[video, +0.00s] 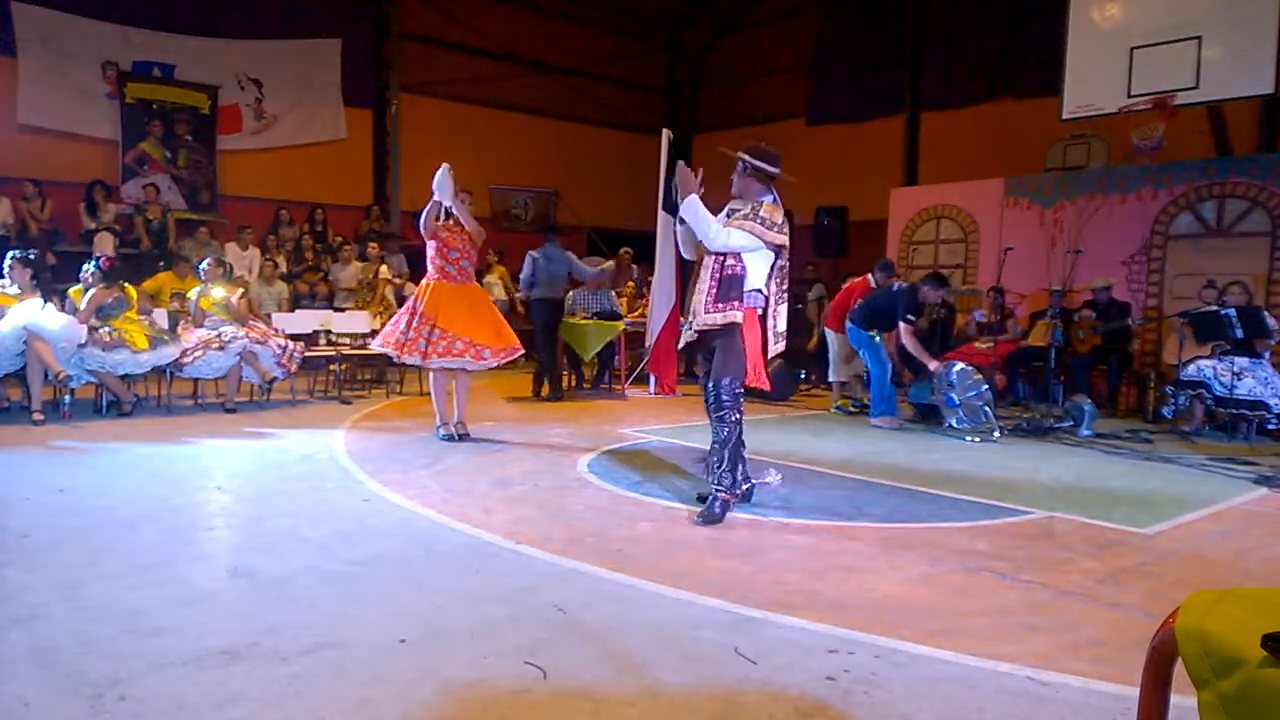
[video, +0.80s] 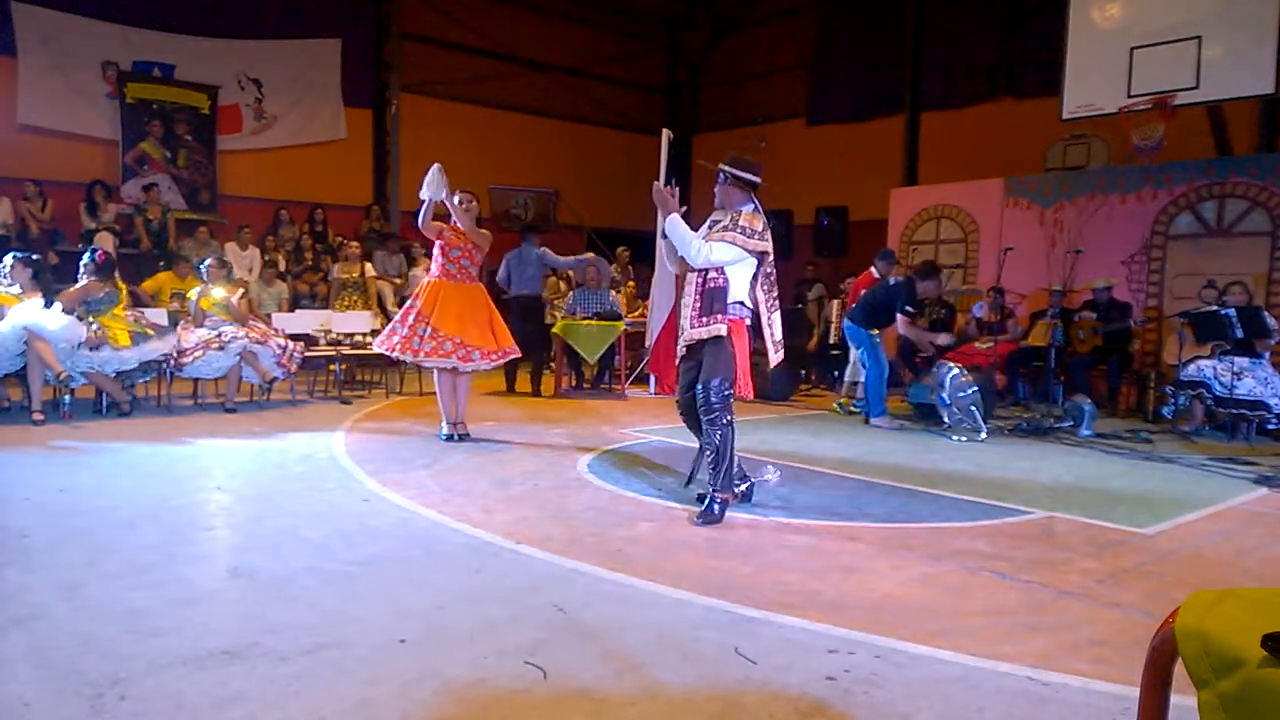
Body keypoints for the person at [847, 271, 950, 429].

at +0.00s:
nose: (939, 301)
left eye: (941, 298)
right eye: (938, 297)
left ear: (927, 288)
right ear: (928, 289)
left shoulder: (913, 295)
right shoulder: (909, 297)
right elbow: (906, 337)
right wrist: (929, 362)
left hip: (871, 328)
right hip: (862, 328)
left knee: (883, 367)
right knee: (881, 367)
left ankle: (885, 413)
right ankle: (880, 414)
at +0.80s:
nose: (940, 288)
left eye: (940, 283)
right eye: (938, 283)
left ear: (923, 280)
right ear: (928, 282)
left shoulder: (908, 288)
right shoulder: (907, 290)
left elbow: (907, 327)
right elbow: (903, 328)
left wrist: (927, 347)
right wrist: (935, 338)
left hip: (865, 326)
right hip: (858, 326)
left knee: (877, 366)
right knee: (878, 366)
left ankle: (874, 412)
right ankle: (877, 415)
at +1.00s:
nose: (933, 285)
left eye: (934, 280)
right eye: (932, 280)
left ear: (916, 273)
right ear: (925, 278)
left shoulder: (901, 282)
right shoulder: (911, 291)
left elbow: (893, 316)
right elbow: (926, 321)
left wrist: (912, 329)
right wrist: (934, 321)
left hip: (855, 323)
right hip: (863, 328)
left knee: (874, 368)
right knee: (882, 368)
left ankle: (872, 411)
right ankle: (879, 414)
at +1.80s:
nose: (928, 283)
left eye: (929, 278)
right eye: (928, 278)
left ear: (911, 271)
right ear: (920, 275)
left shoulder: (894, 281)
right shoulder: (907, 289)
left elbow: (899, 325)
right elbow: (910, 326)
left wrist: (920, 337)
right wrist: (928, 338)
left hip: (853, 323)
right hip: (863, 328)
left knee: (872, 367)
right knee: (882, 368)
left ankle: (871, 411)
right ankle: (879, 414)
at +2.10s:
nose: (930, 289)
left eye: (932, 285)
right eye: (930, 285)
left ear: (917, 278)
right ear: (921, 279)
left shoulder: (898, 284)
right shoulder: (905, 290)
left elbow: (888, 325)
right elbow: (897, 327)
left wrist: (902, 349)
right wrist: (910, 354)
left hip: (856, 323)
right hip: (861, 326)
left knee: (871, 367)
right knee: (878, 366)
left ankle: (871, 410)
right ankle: (878, 414)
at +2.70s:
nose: (926, 292)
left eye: (928, 288)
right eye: (926, 287)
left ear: (914, 279)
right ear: (916, 280)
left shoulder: (894, 283)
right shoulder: (902, 291)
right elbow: (904, 330)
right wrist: (921, 358)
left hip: (847, 323)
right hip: (856, 327)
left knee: (866, 368)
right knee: (870, 369)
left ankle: (868, 408)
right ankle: (862, 414)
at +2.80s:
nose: (923, 293)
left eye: (926, 289)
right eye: (924, 288)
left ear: (911, 279)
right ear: (915, 280)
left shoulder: (888, 281)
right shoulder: (901, 291)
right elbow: (903, 329)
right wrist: (920, 358)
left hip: (843, 322)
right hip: (856, 327)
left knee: (860, 369)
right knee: (869, 370)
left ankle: (866, 408)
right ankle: (861, 414)